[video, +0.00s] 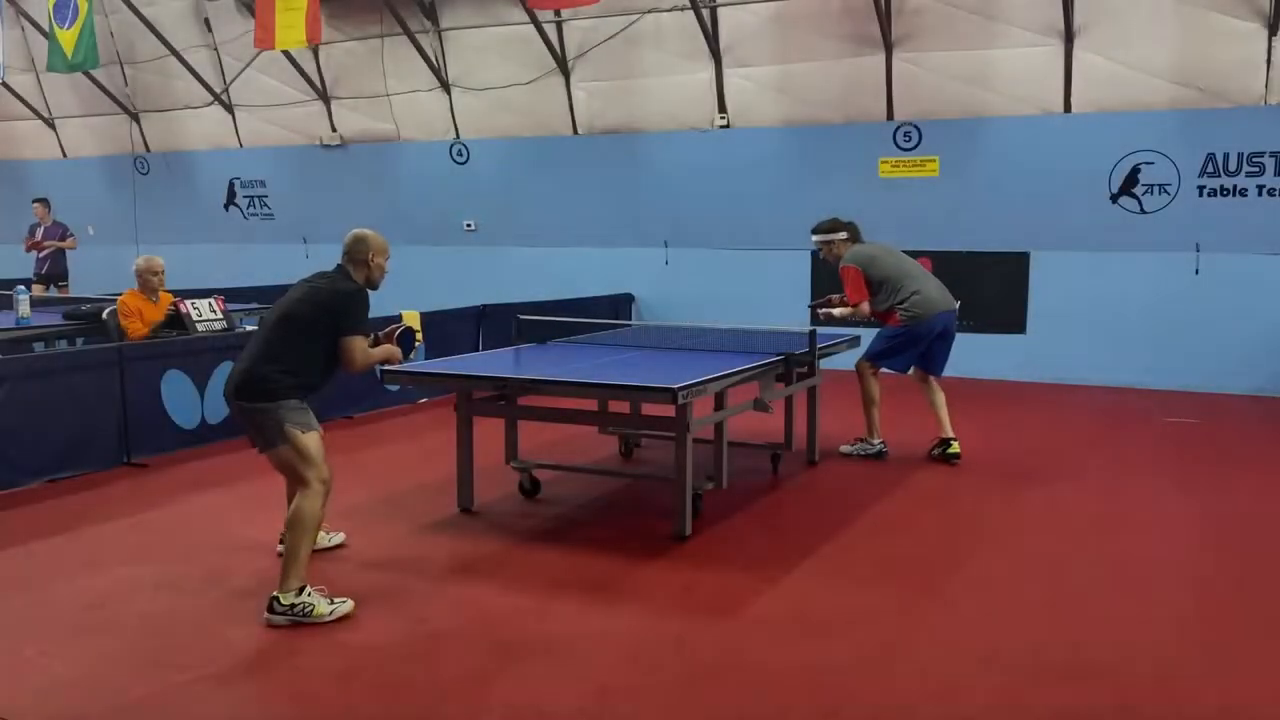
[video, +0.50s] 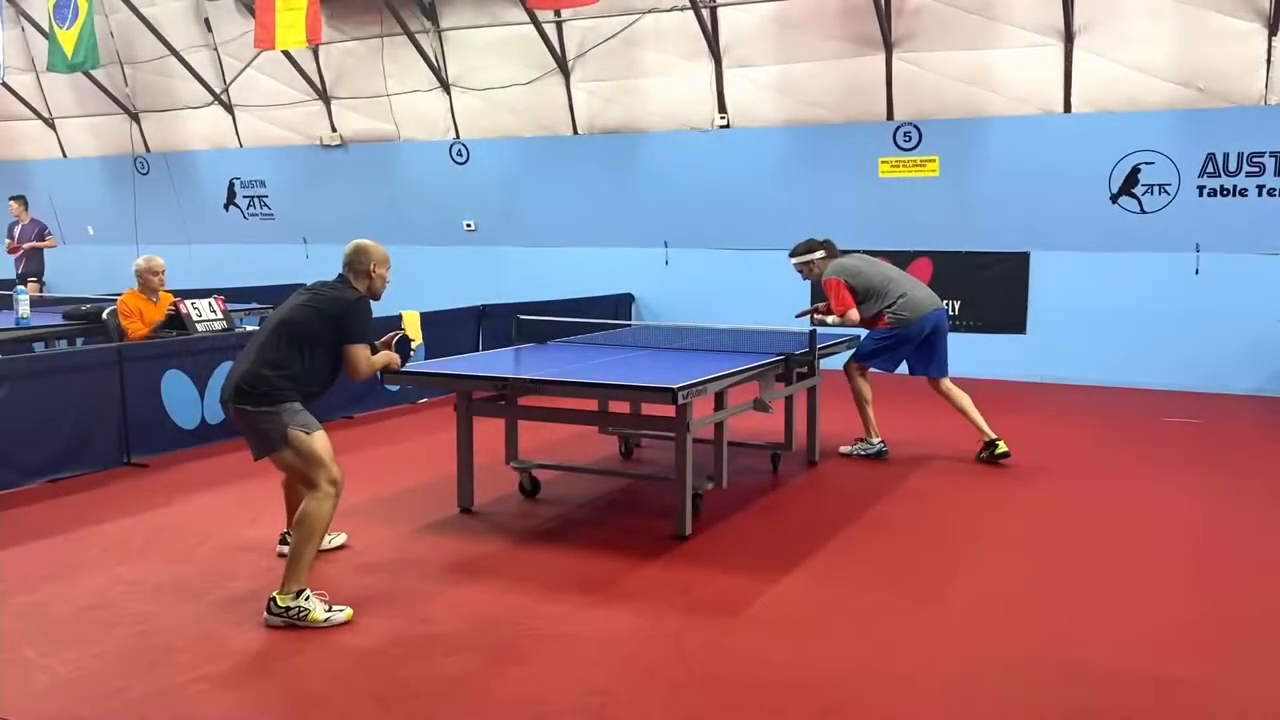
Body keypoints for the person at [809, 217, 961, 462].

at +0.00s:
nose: (821, 256)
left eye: (822, 249)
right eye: (819, 250)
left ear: (838, 243)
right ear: (846, 241)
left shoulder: (850, 262)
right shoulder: (876, 250)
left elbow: (863, 310)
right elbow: (886, 295)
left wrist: (837, 312)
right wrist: (847, 299)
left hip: (916, 313)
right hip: (947, 309)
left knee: (866, 367)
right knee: (924, 375)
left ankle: (873, 441)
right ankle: (949, 439)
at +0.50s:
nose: (804, 277)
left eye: (803, 270)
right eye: (800, 272)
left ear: (817, 261)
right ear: (825, 256)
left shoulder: (832, 275)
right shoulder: (857, 261)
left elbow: (853, 317)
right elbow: (872, 311)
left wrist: (831, 318)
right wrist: (832, 310)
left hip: (906, 316)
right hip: (936, 311)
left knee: (854, 369)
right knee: (940, 381)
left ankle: (873, 440)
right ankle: (991, 439)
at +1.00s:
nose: (803, 279)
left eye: (803, 272)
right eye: (800, 274)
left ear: (816, 264)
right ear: (824, 258)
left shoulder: (832, 277)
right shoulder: (855, 262)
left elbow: (853, 319)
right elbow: (871, 311)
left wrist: (832, 319)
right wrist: (832, 310)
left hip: (907, 317)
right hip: (936, 311)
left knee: (854, 369)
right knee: (941, 383)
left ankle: (872, 440)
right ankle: (993, 441)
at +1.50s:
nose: (804, 279)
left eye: (803, 273)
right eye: (800, 274)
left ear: (816, 264)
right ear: (824, 259)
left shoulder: (832, 277)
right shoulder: (855, 262)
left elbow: (853, 318)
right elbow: (873, 311)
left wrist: (833, 319)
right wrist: (833, 311)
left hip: (907, 318)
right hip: (936, 311)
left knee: (854, 369)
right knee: (941, 383)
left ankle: (873, 440)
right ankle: (993, 441)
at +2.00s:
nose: (803, 278)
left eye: (803, 272)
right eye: (800, 274)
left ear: (816, 264)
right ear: (824, 258)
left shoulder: (832, 277)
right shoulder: (855, 262)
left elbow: (854, 318)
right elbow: (874, 312)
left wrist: (834, 320)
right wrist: (833, 310)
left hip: (907, 317)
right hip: (936, 311)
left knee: (854, 369)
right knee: (941, 383)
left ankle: (873, 440)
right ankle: (993, 441)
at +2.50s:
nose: (800, 276)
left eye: (800, 269)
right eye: (797, 270)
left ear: (815, 263)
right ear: (823, 257)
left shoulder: (830, 275)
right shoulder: (853, 260)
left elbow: (852, 316)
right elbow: (869, 305)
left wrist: (829, 318)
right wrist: (831, 306)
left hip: (902, 318)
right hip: (933, 309)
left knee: (852, 371)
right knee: (950, 377)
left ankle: (873, 441)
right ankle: (1003, 430)